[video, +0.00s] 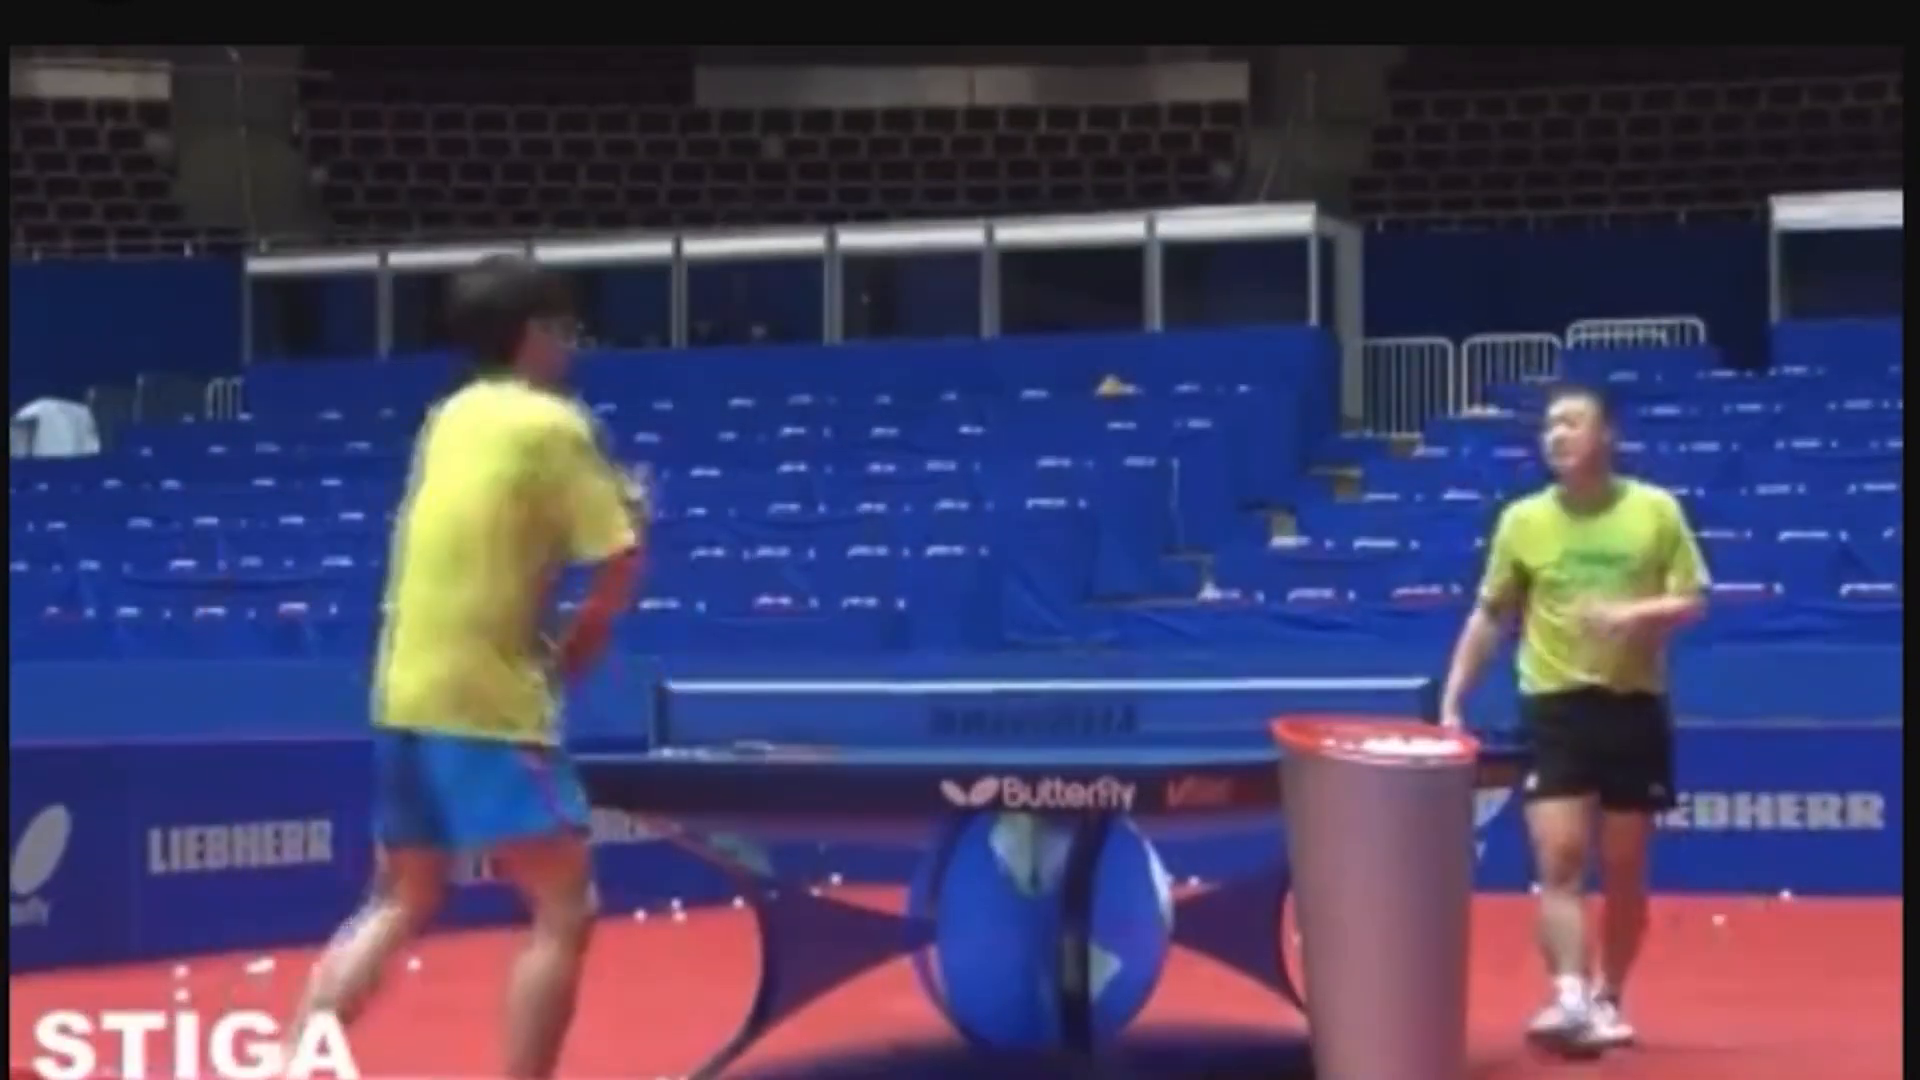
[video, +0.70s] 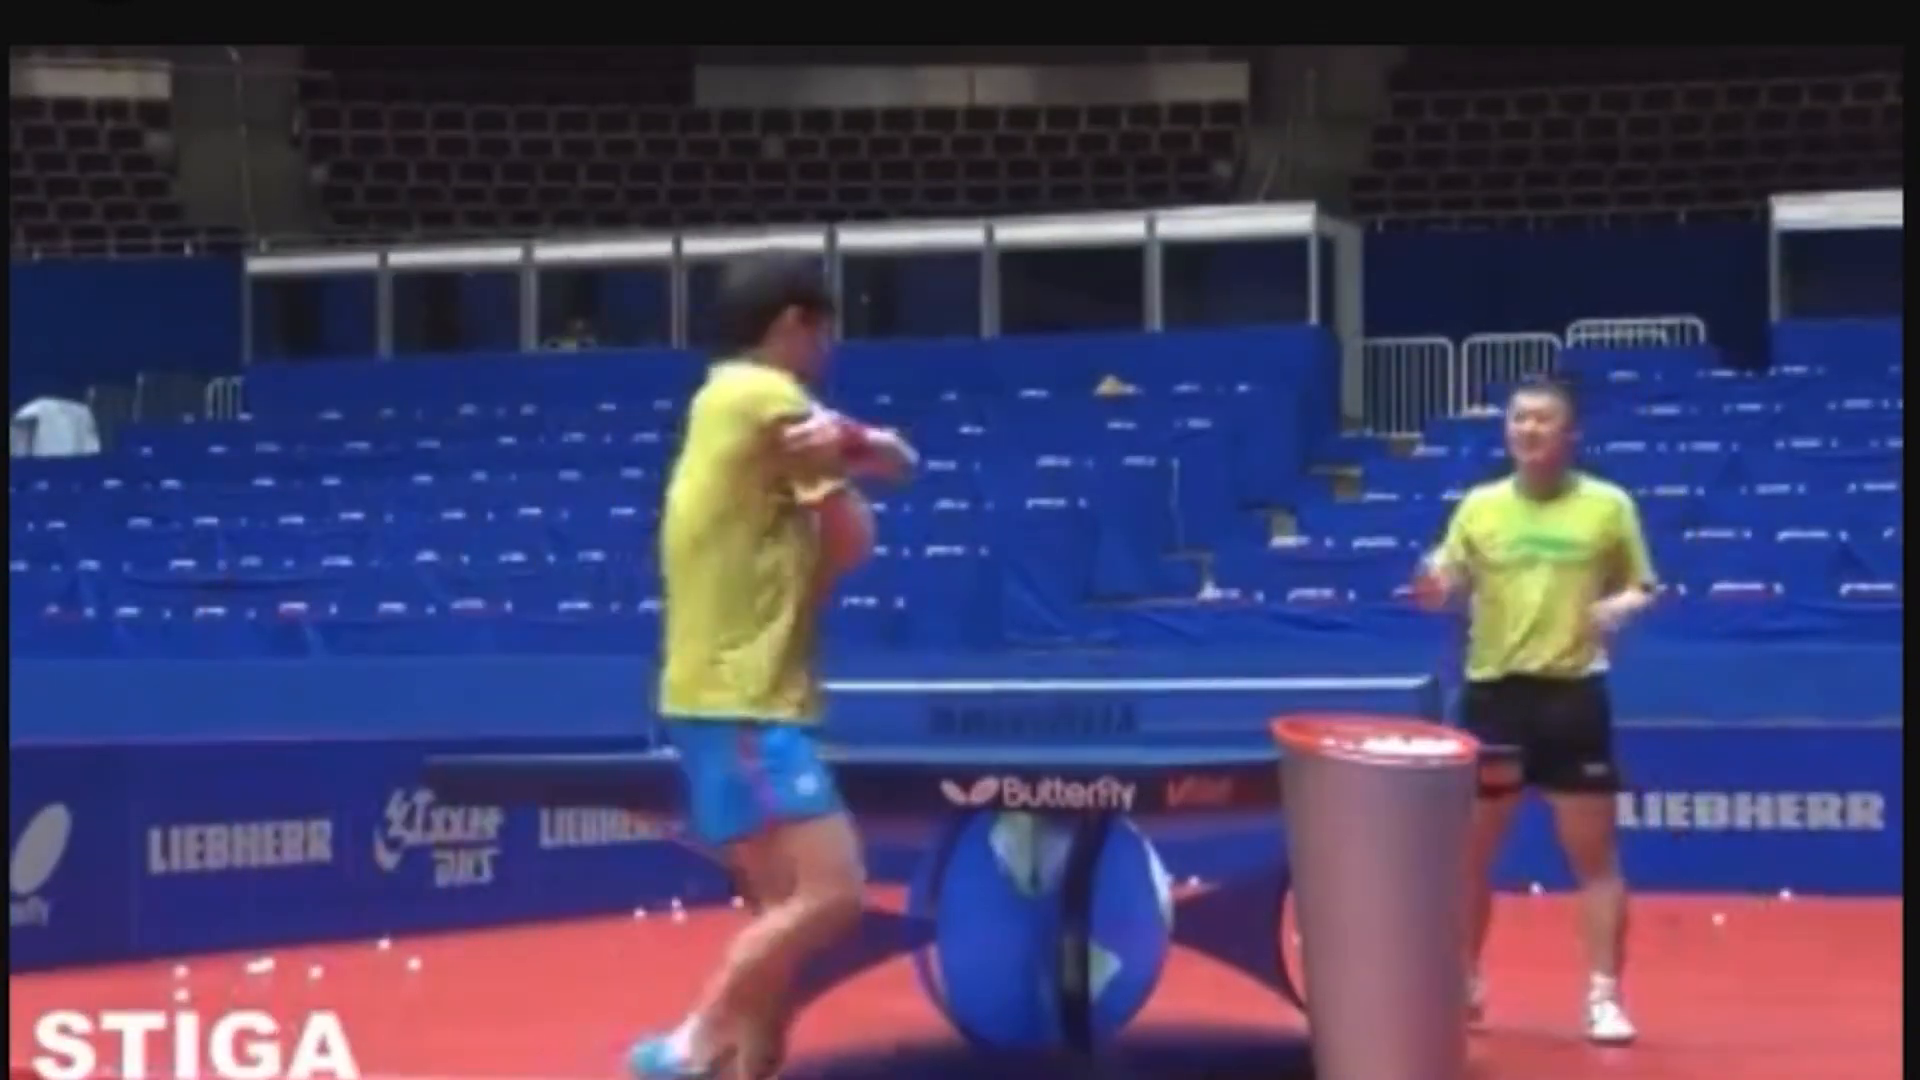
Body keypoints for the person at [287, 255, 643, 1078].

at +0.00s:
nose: (570, 344)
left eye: (567, 327)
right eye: (558, 328)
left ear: (490, 339)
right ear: (524, 336)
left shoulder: (450, 416)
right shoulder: (549, 426)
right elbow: (620, 555)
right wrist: (571, 654)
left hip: (402, 700)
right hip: (485, 705)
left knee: (403, 894)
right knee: (564, 910)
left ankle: (300, 1055)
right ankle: (525, 1067)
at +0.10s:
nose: (607, 331)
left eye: (602, 316)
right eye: (600, 316)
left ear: (529, 326)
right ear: (576, 322)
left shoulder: (490, 403)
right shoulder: (593, 410)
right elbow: (657, 539)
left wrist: (652, 470)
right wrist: (590, 605)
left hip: (447, 693)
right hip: (521, 707)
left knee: (474, 896)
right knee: (564, 912)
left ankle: (379, 1058)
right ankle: (527, 1069)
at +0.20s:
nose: (638, 328)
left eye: (636, 315)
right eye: (634, 315)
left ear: (553, 323)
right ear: (615, 318)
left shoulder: (528, 395)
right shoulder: (616, 400)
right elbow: (672, 531)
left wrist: (665, 489)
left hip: (484, 685)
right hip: (540, 700)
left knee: (548, 891)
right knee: (564, 909)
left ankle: (472, 1054)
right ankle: (521, 1067)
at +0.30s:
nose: (678, 328)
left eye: (677, 315)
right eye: (675, 315)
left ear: (593, 321)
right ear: (656, 322)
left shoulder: (570, 394)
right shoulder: (648, 398)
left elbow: (694, 547)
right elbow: (710, 477)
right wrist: (719, 452)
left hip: (544, 692)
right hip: (568, 703)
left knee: (626, 911)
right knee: (575, 920)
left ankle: (606, 1065)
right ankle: (526, 1067)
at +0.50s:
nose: (753, 338)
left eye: (749, 325)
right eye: (750, 325)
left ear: (671, 331)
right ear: (730, 328)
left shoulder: (650, 403)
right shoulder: (711, 401)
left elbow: (757, 546)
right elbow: (808, 479)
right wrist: (796, 458)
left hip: (644, 703)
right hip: (649, 709)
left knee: (713, 910)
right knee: (644, 918)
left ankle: (722, 1064)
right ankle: (547, 1068)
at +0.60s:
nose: (785, 342)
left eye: (781, 327)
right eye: (779, 327)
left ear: (708, 332)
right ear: (756, 329)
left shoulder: (698, 405)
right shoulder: (732, 392)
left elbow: (801, 551)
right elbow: (824, 463)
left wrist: (807, 477)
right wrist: (846, 452)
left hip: (703, 701)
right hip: (689, 703)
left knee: (752, 903)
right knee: (752, 901)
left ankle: (746, 1062)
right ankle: (588, 1058)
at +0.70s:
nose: (824, 347)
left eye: (824, 331)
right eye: (819, 330)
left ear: (753, 328)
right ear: (790, 326)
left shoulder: (740, 408)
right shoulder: (756, 392)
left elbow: (846, 543)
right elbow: (890, 463)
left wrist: (836, 464)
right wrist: (866, 444)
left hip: (726, 700)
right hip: (740, 703)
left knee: (780, 905)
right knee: (833, 892)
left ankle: (751, 1067)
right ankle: (689, 1050)